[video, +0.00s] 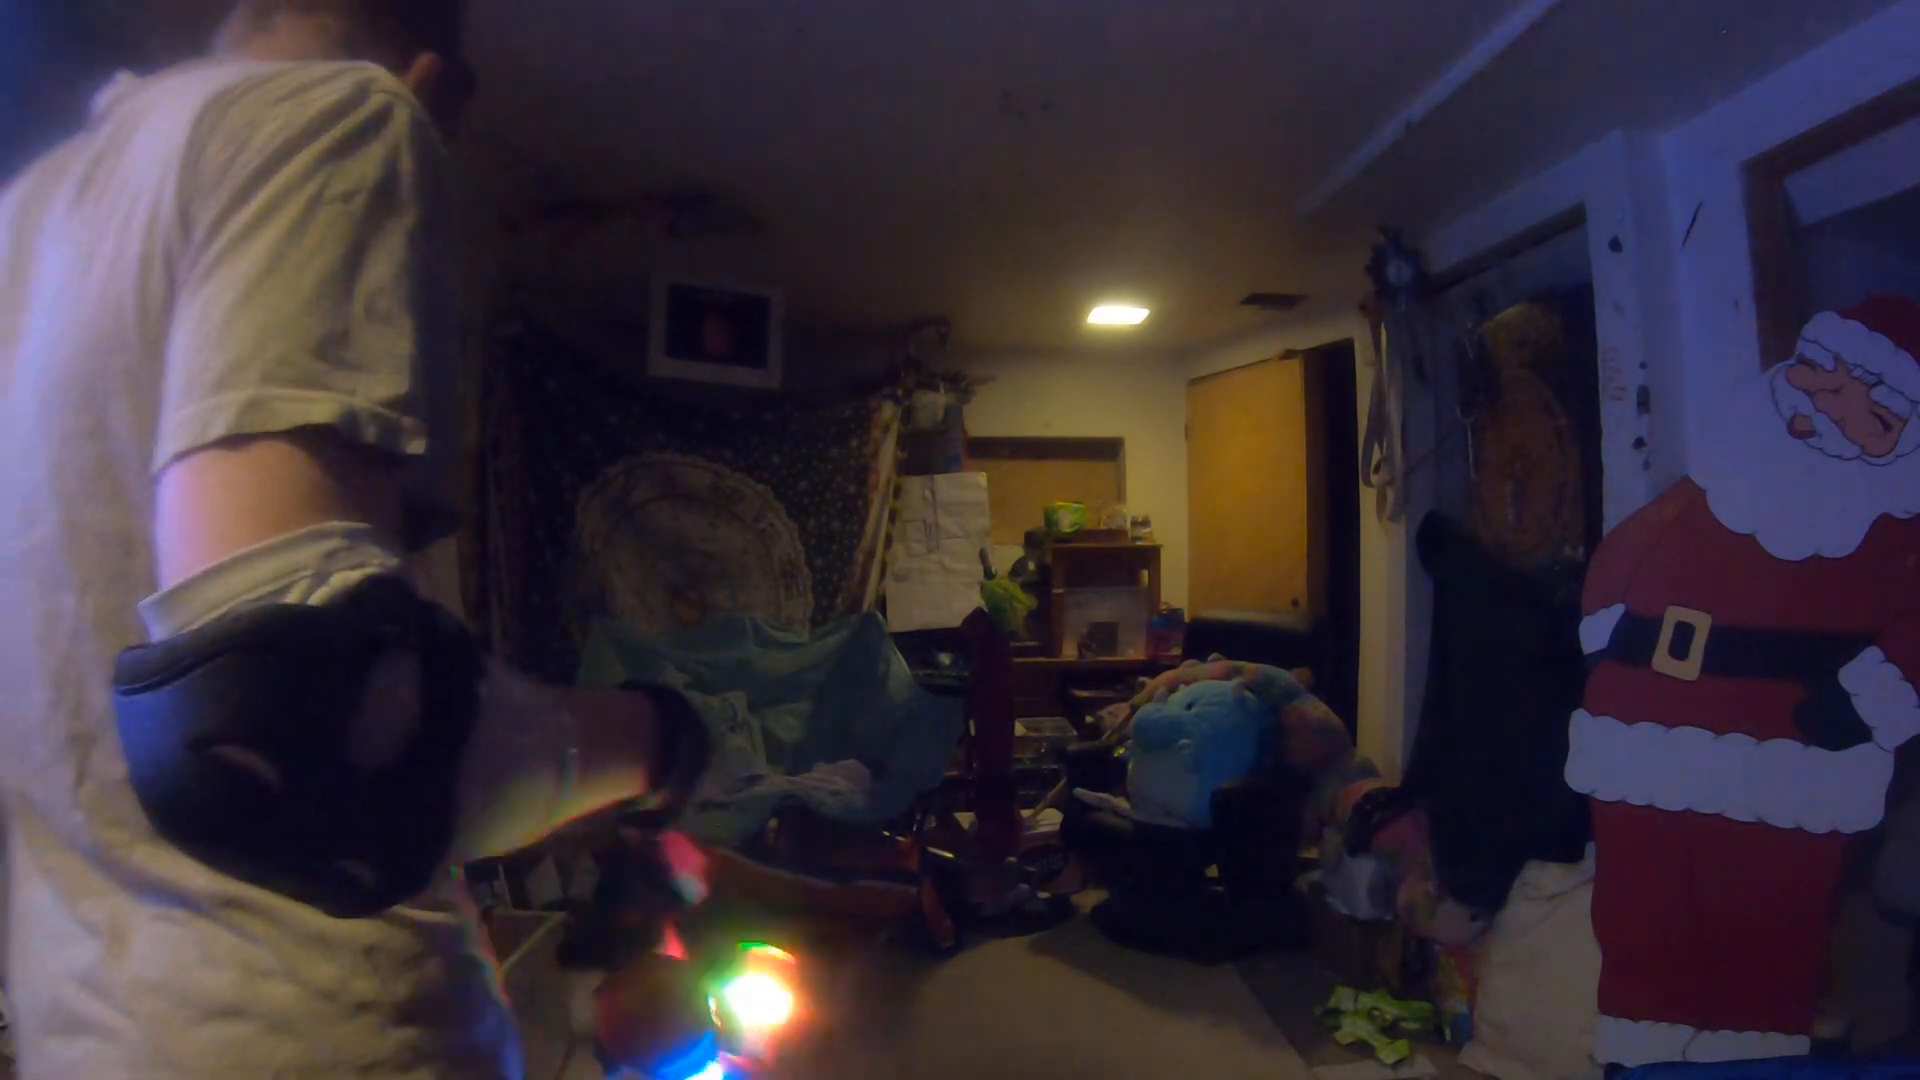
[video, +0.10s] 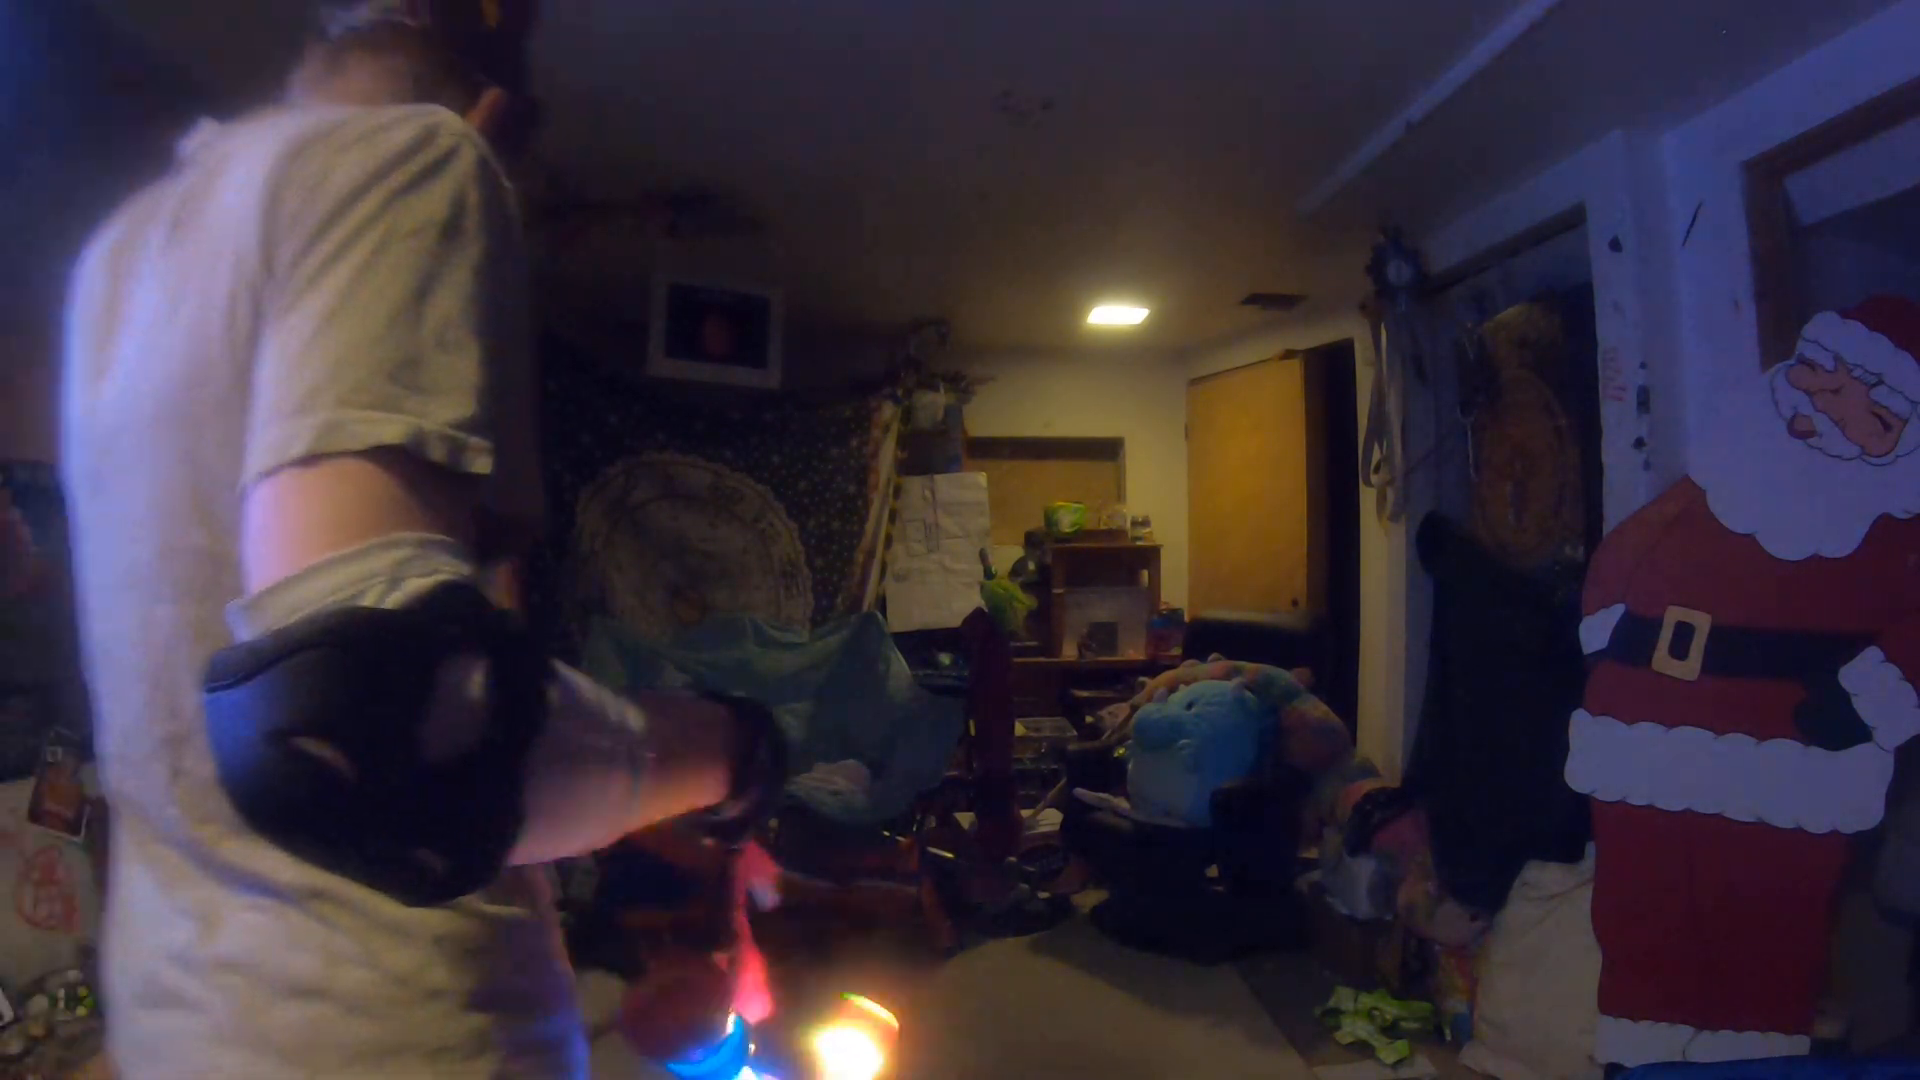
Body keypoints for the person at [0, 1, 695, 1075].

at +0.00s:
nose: (432, 139)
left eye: (441, 127)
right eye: (445, 118)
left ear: (233, 22)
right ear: (423, 76)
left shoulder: (30, 194)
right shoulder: (328, 109)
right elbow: (276, 698)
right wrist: (646, 736)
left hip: (47, 1018)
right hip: (286, 1024)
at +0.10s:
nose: (511, 190)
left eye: (512, 167)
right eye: (515, 159)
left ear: (310, 74)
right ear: (488, 113)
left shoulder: (121, 241)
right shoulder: (395, 157)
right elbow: (354, 707)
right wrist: (724, 747)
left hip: (165, 1008)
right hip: (388, 1028)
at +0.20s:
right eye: (573, 188)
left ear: (388, 111)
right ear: (552, 144)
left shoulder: (210, 281)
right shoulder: (484, 190)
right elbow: (437, 693)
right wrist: (785, 757)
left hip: (270, 992)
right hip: (471, 1006)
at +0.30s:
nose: (640, 222)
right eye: (641, 201)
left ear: (465, 146)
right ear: (622, 172)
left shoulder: (312, 297)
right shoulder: (564, 224)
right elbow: (529, 698)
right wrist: (848, 746)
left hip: (353, 967)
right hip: (549, 1000)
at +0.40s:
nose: (697, 229)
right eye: (706, 217)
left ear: (536, 171)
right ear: (691, 194)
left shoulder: (393, 313)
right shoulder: (637, 247)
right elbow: (609, 682)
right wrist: (893, 733)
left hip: (417, 975)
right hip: (623, 1006)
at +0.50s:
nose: (766, 231)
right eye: (779, 214)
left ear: (610, 165)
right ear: (762, 193)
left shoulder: (462, 301)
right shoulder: (708, 247)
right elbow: (668, 660)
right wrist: (955, 719)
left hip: (476, 951)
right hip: (679, 979)